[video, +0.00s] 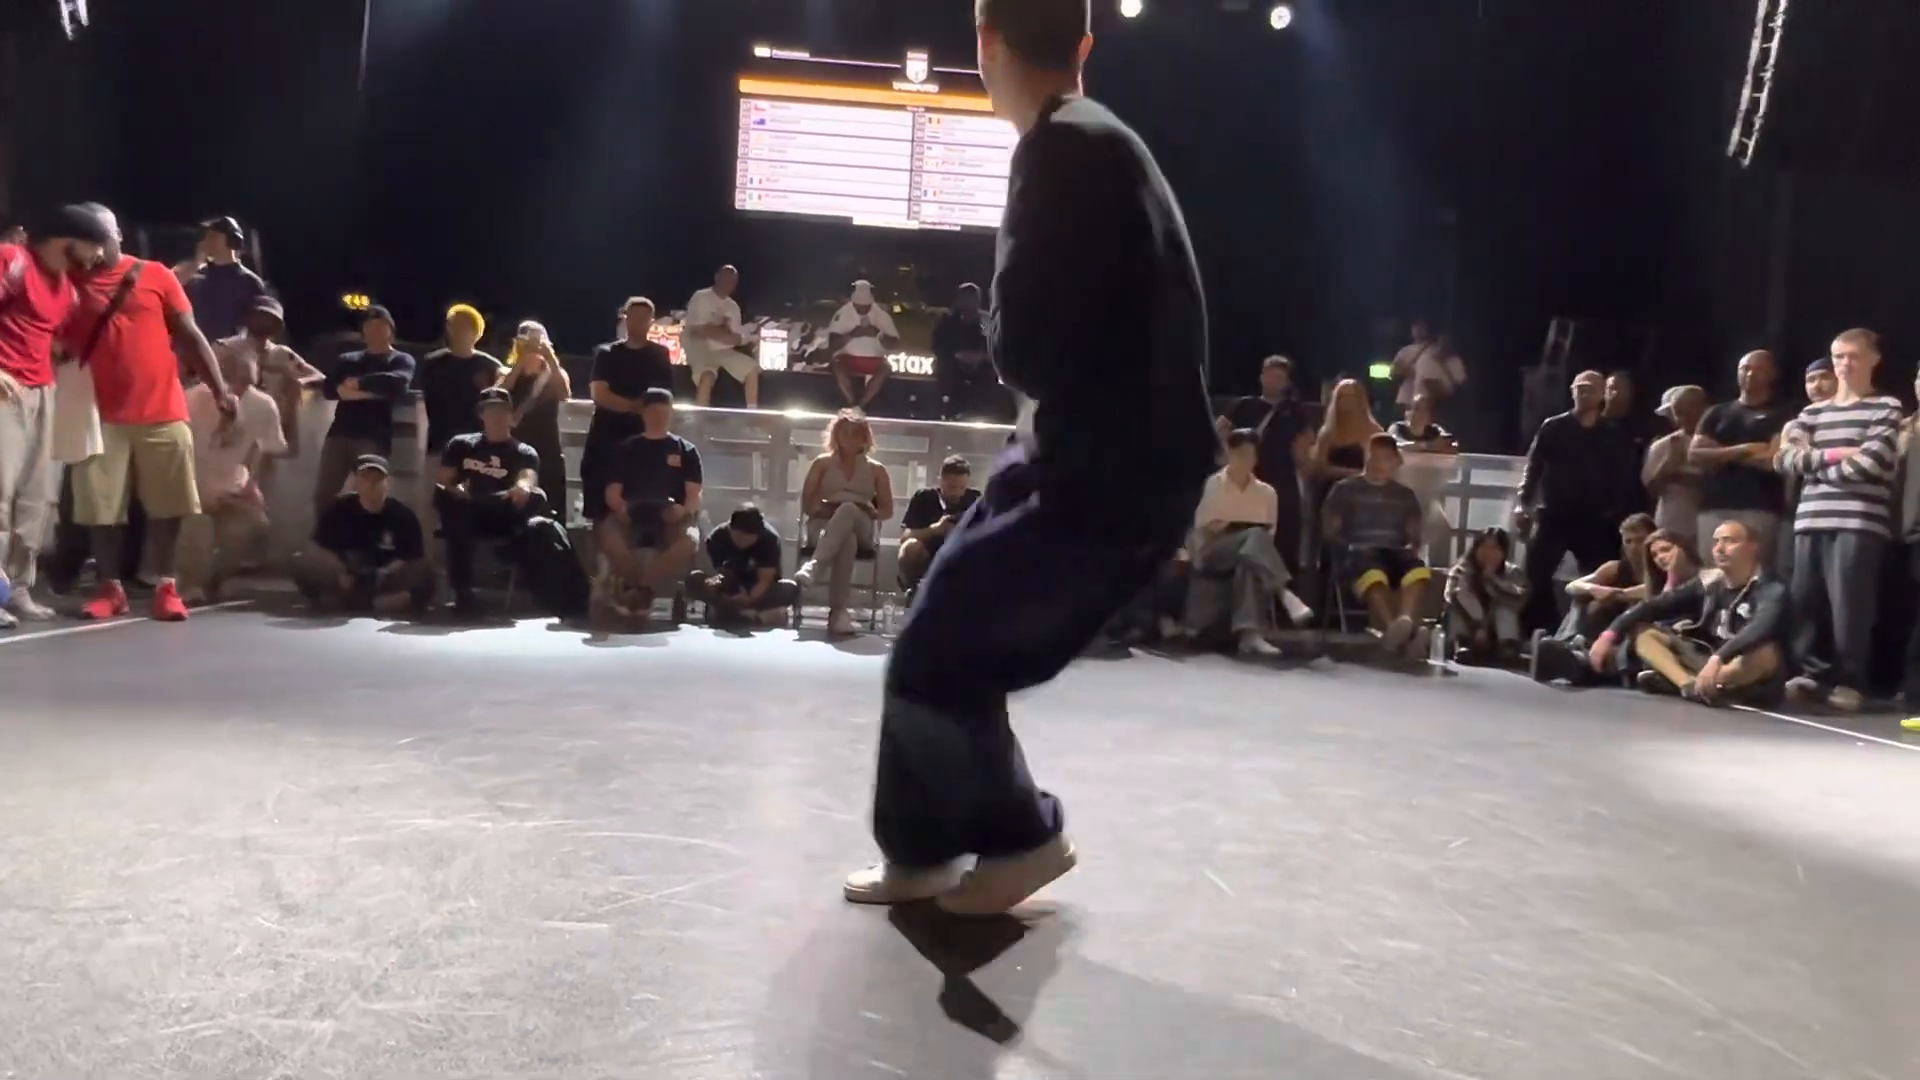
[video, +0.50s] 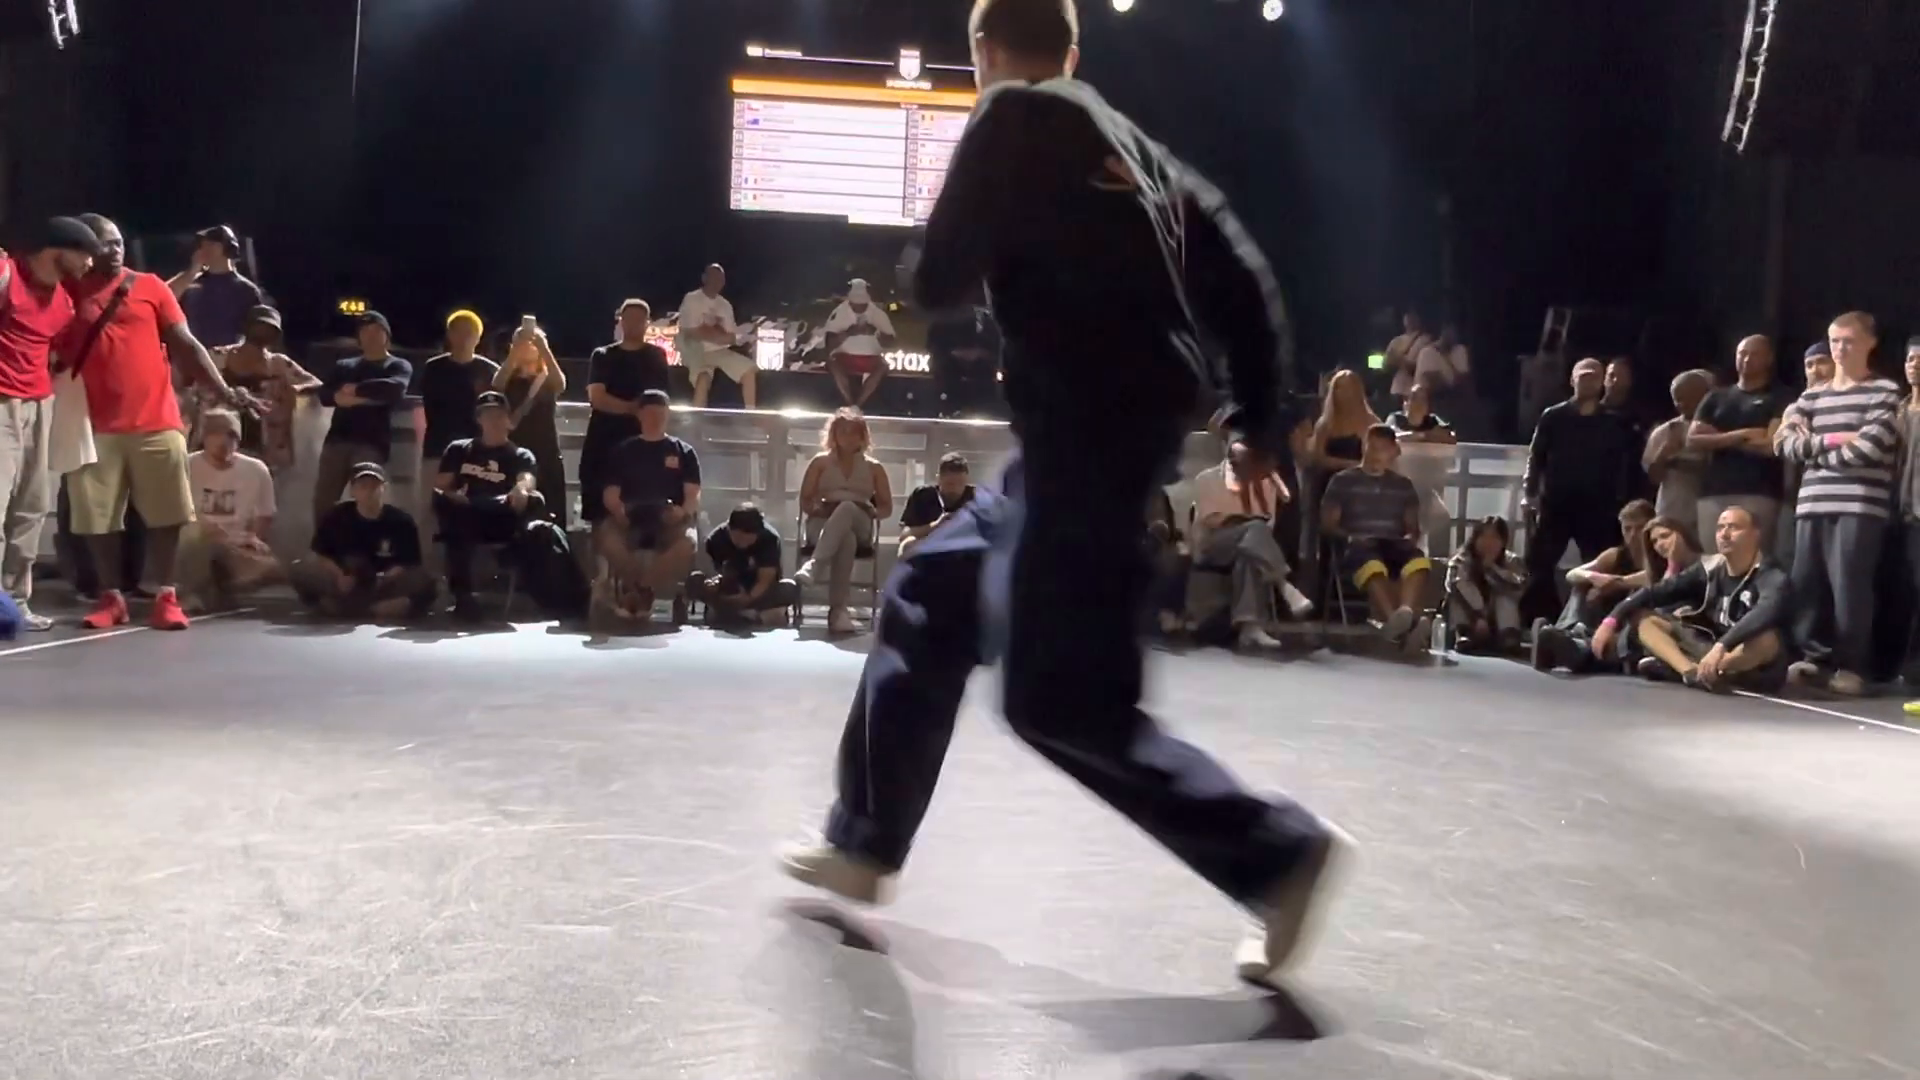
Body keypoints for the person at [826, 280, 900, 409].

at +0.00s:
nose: (862, 309)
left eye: (866, 306)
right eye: (859, 306)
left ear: (871, 303)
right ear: (853, 302)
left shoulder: (881, 315)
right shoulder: (843, 313)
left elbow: (894, 344)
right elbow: (832, 344)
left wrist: (877, 333)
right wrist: (853, 334)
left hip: (875, 359)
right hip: (848, 357)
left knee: (885, 369)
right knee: (837, 366)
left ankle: (862, 405)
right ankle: (852, 404)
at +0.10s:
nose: (864, 312)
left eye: (867, 309)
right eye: (860, 309)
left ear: (873, 306)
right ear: (854, 305)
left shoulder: (883, 318)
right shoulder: (845, 317)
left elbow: (896, 347)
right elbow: (834, 348)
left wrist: (879, 337)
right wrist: (854, 337)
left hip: (876, 362)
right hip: (850, 361)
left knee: (887, 372)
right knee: (838, 369)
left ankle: (863, 409)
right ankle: (853, 407)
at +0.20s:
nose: (862, 311)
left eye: (866, 307)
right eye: (859, 307)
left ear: (871, 304)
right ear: (853, 304)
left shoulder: (881, 316)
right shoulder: (843, 315)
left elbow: (894, 346)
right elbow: (832, 347)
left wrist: (878, 335)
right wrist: (852, 336)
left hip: (875, 361)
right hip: (848, 359)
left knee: (886, 371)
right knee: (837, 368)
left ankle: (862, 408)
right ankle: (853, 406)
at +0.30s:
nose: (859, 303)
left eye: (862, 300)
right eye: (855, 300)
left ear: (867, 296)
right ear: (849, 296)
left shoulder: (876, 307)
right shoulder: (840, 307)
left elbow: (890, 337)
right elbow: (828, 339)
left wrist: (875, 327)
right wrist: (849, 328)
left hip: (871, 353)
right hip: (845, 351)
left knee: (882, 364)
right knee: (833, 357)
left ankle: (858, 400)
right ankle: (849, 398)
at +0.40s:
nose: (859, 302)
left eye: (862, 299)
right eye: (855, 299)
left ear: (867, 296)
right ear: (849, 295)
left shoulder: (877, 308)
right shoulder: (838, 307)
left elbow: (890, 337)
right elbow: (828, 339)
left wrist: (874, 327)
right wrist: (847, 327)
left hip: (871, 352)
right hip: (844, 351)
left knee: (881, 362)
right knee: (833, 360)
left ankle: (858, 399)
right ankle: (848, 398)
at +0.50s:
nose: (859, 308)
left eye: (863, 304)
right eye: (856, 304)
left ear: (868, 301)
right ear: (849, 301)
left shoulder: (878, 313)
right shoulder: (840, 312)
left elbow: (890, 342)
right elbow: (829, 344)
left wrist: (875, 331)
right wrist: (848, 332)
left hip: (871, 357)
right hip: (845, 355)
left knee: (882, 368)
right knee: (834, 365)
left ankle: (858, 405)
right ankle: (850, 404)